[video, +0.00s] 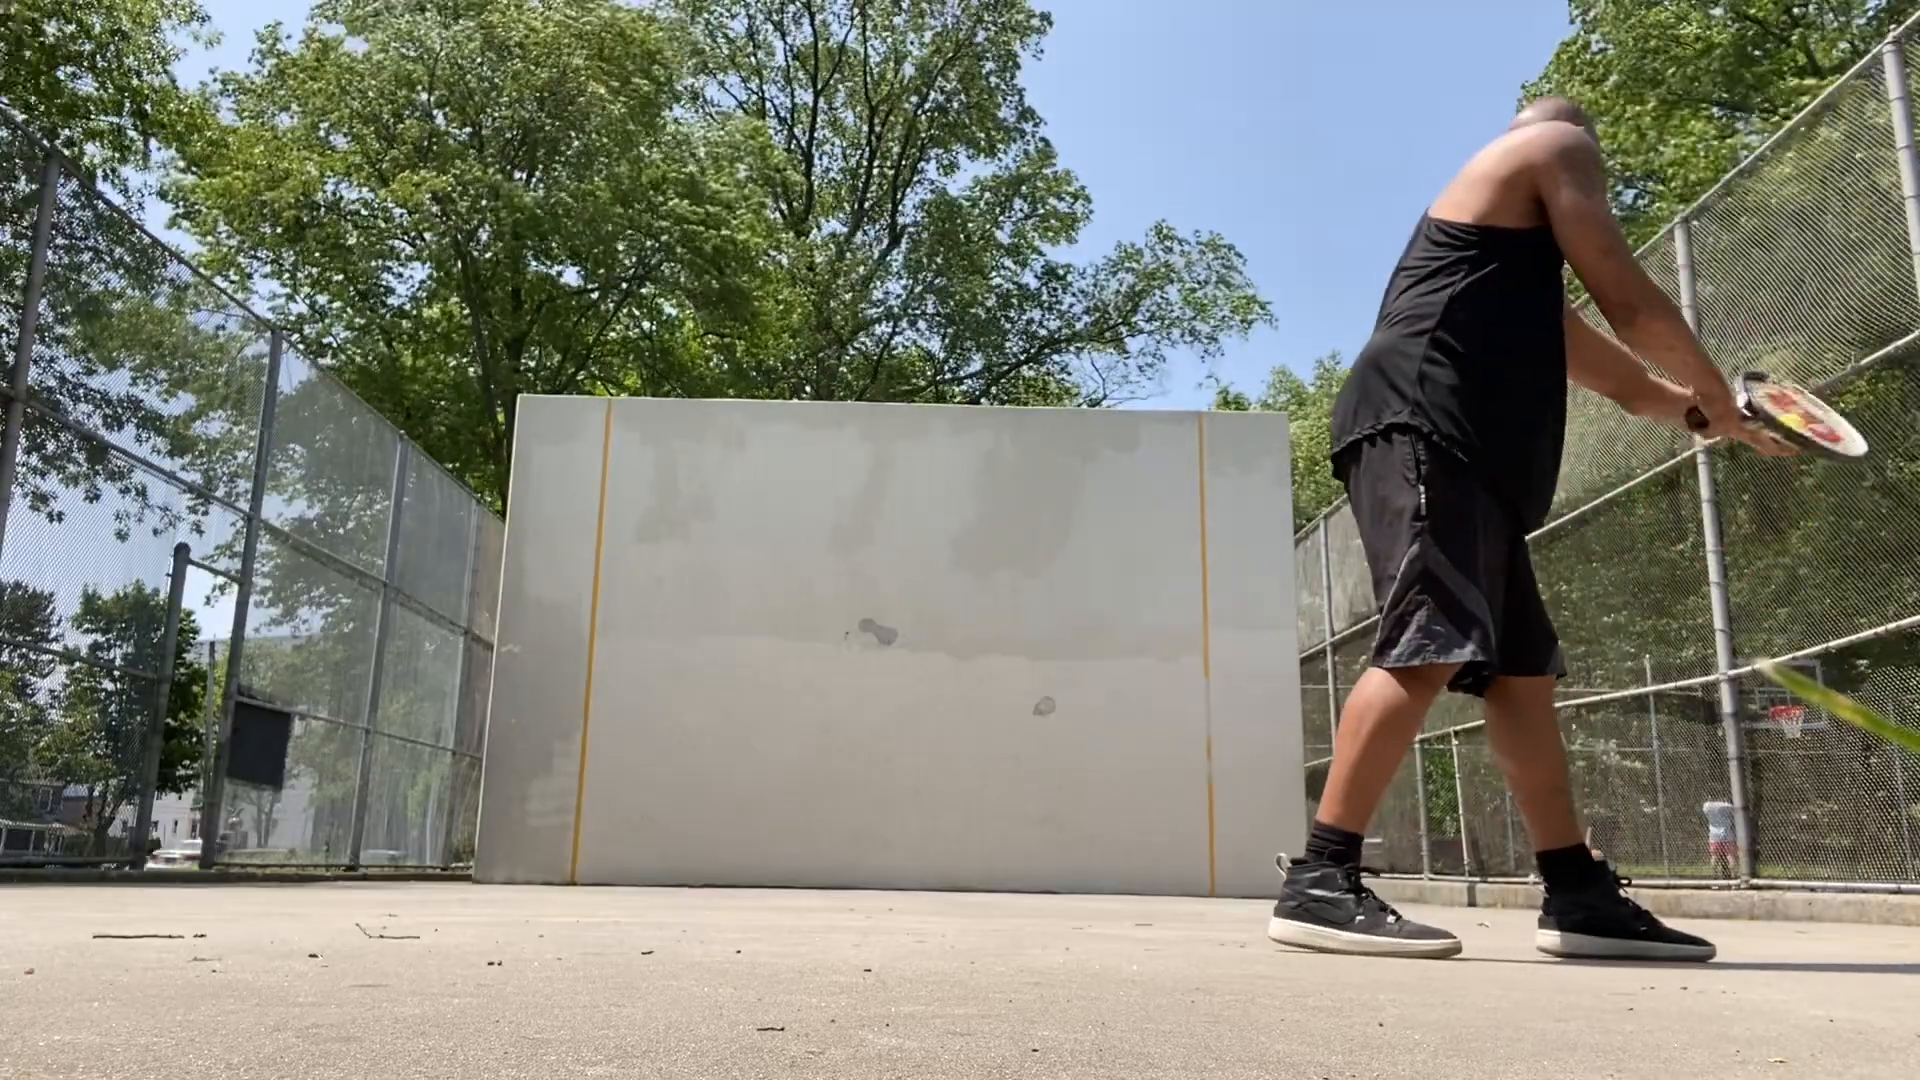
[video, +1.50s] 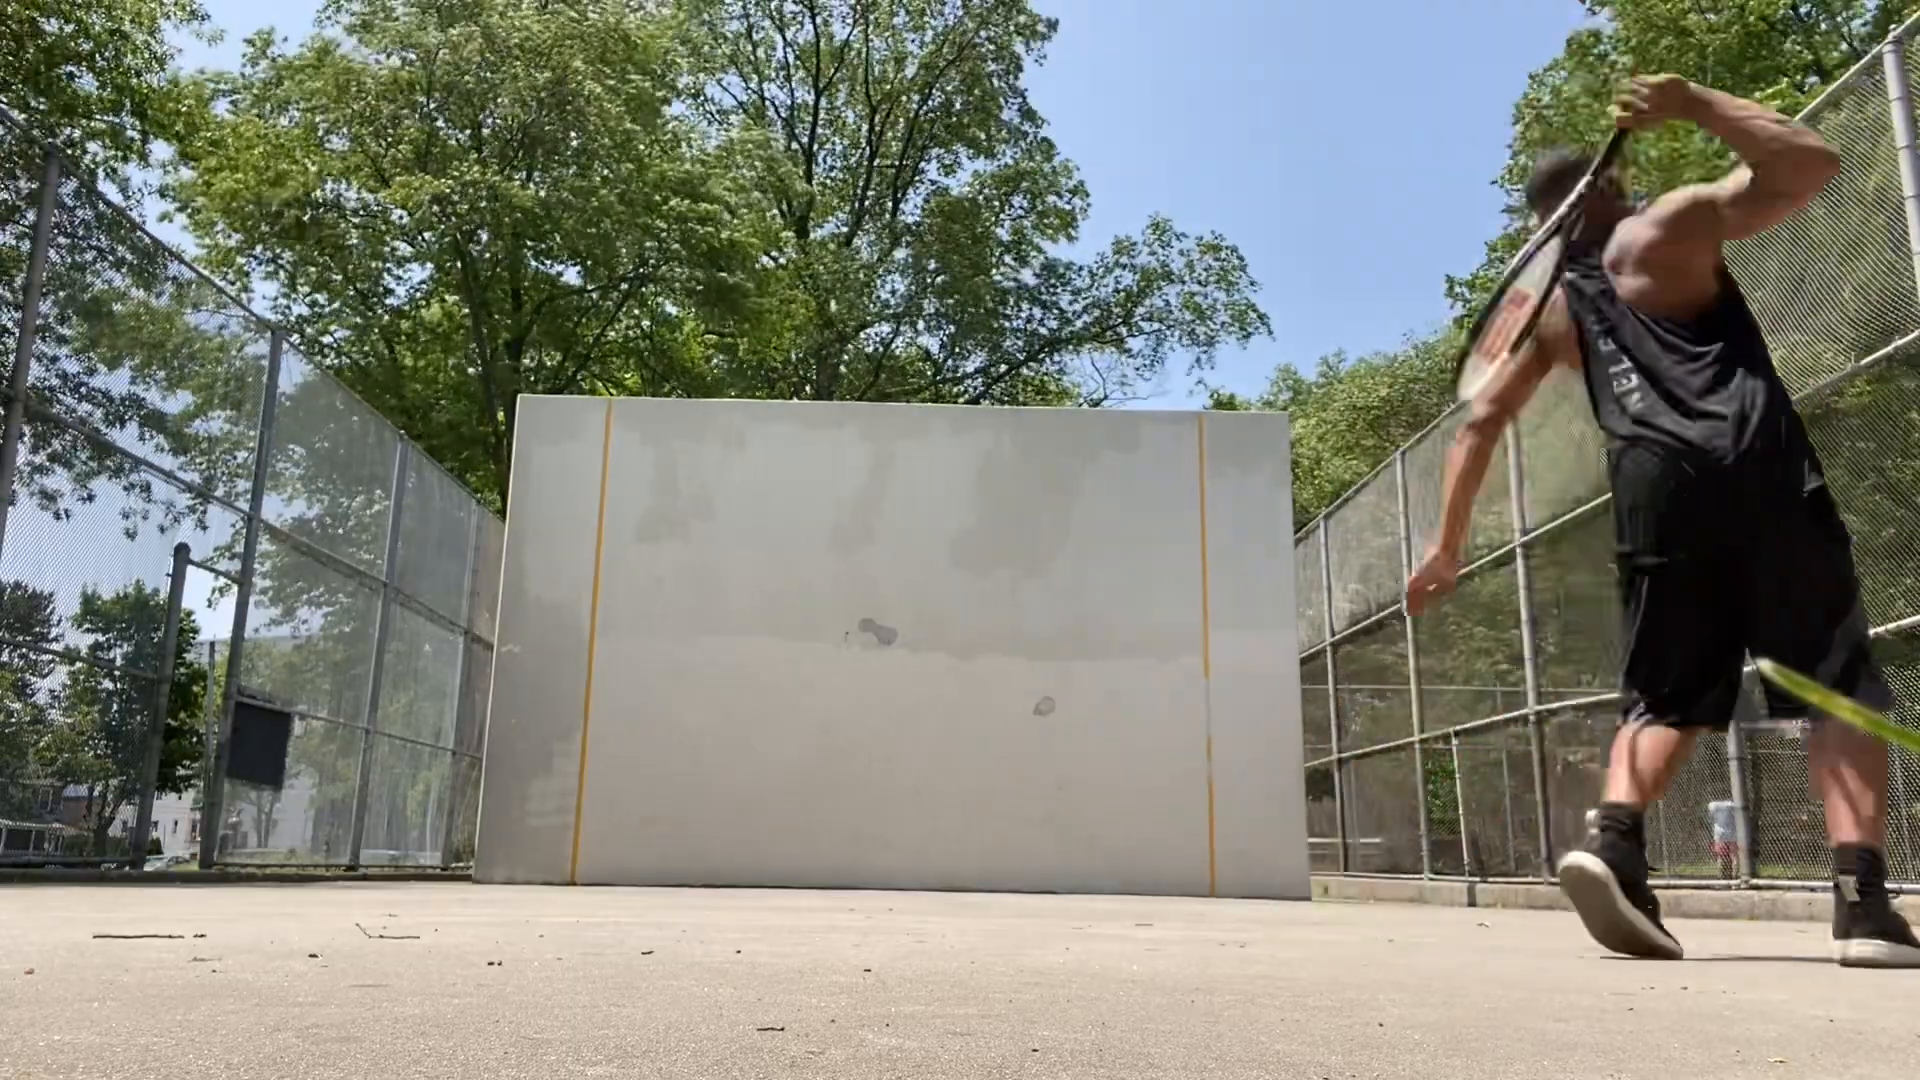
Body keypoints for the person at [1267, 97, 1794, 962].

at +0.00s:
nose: (1595, 165)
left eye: (1591, 157)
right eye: (1589, 148)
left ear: (1525, 135)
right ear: (1571, 131)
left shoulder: (1506, 247)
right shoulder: (1552, 142)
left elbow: (1618, 379)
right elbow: (1624, 296)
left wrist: (1693, 414)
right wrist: (1715, 394)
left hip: (1466, 451)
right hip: (1416, 422)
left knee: (1520, 665)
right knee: (1428, 637)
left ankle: (1578, 894)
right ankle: (1322, 878)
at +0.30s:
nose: (1498, 138)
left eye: (1496, 123)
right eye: (1494, 117)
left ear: (1413, 101)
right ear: (1474, 93)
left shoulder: (1398, 170)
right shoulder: (1447, 123)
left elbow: (1462, 359)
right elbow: (1459, 269)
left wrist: (1543, 469)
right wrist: (1544, 406)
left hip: (1415, 443)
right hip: (1408, 432)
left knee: (1486, 672)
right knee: (1443, 646)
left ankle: (1572, 894)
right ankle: (1323, 878)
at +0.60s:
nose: (1461, 88)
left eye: (1453, 78)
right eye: (1455, 74)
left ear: (1373, 83)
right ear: (1440, 69)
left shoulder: (1405, 165)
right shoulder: (1396, 111)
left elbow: (1468, 350)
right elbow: (1421, 148)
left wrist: (1521, 469)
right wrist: (1456, 160)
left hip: (1447, 452)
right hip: (1407, 441)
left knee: (1500, 669)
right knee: (1413, 646)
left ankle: (1569, 893)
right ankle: (1319, 881)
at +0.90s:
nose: (1520, 123)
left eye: (1516, 110)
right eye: (1504, 107)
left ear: (1436, 120)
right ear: (1464, 114)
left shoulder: (1465, 197)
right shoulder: (1461, 169)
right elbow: (1483, 55)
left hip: (1495, 468)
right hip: (1473, 457)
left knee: (1579, 661)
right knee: (1433, 646)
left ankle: (1574, 890)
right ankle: (1327, 871)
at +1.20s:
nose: (1587, 115)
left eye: (1579, 101)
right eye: (1572, 105)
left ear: (1503, 153)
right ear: (1558, 135)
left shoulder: (1513, 227)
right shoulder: (1561, 198)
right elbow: (1588, 179)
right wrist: (1589, 39)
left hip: (1531, 472)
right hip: (1615, 455)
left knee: (1593, 684)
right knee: (1719, 657)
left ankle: (1582, 901)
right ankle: (1583, 798)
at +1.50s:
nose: (1619, 182)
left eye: (1608, 176)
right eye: (1609, 177)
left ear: (1550, 220)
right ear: (1601, 189)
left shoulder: (1547, 307)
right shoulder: (1667, 224)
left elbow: (1481, 418)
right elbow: (1810, 163)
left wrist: (1446, 545)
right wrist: (1695, 102)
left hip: (1654, 504)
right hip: (1764, 477)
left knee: (1671, 686)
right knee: (1839, 678)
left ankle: (1613, 846)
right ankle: (1863, 903)